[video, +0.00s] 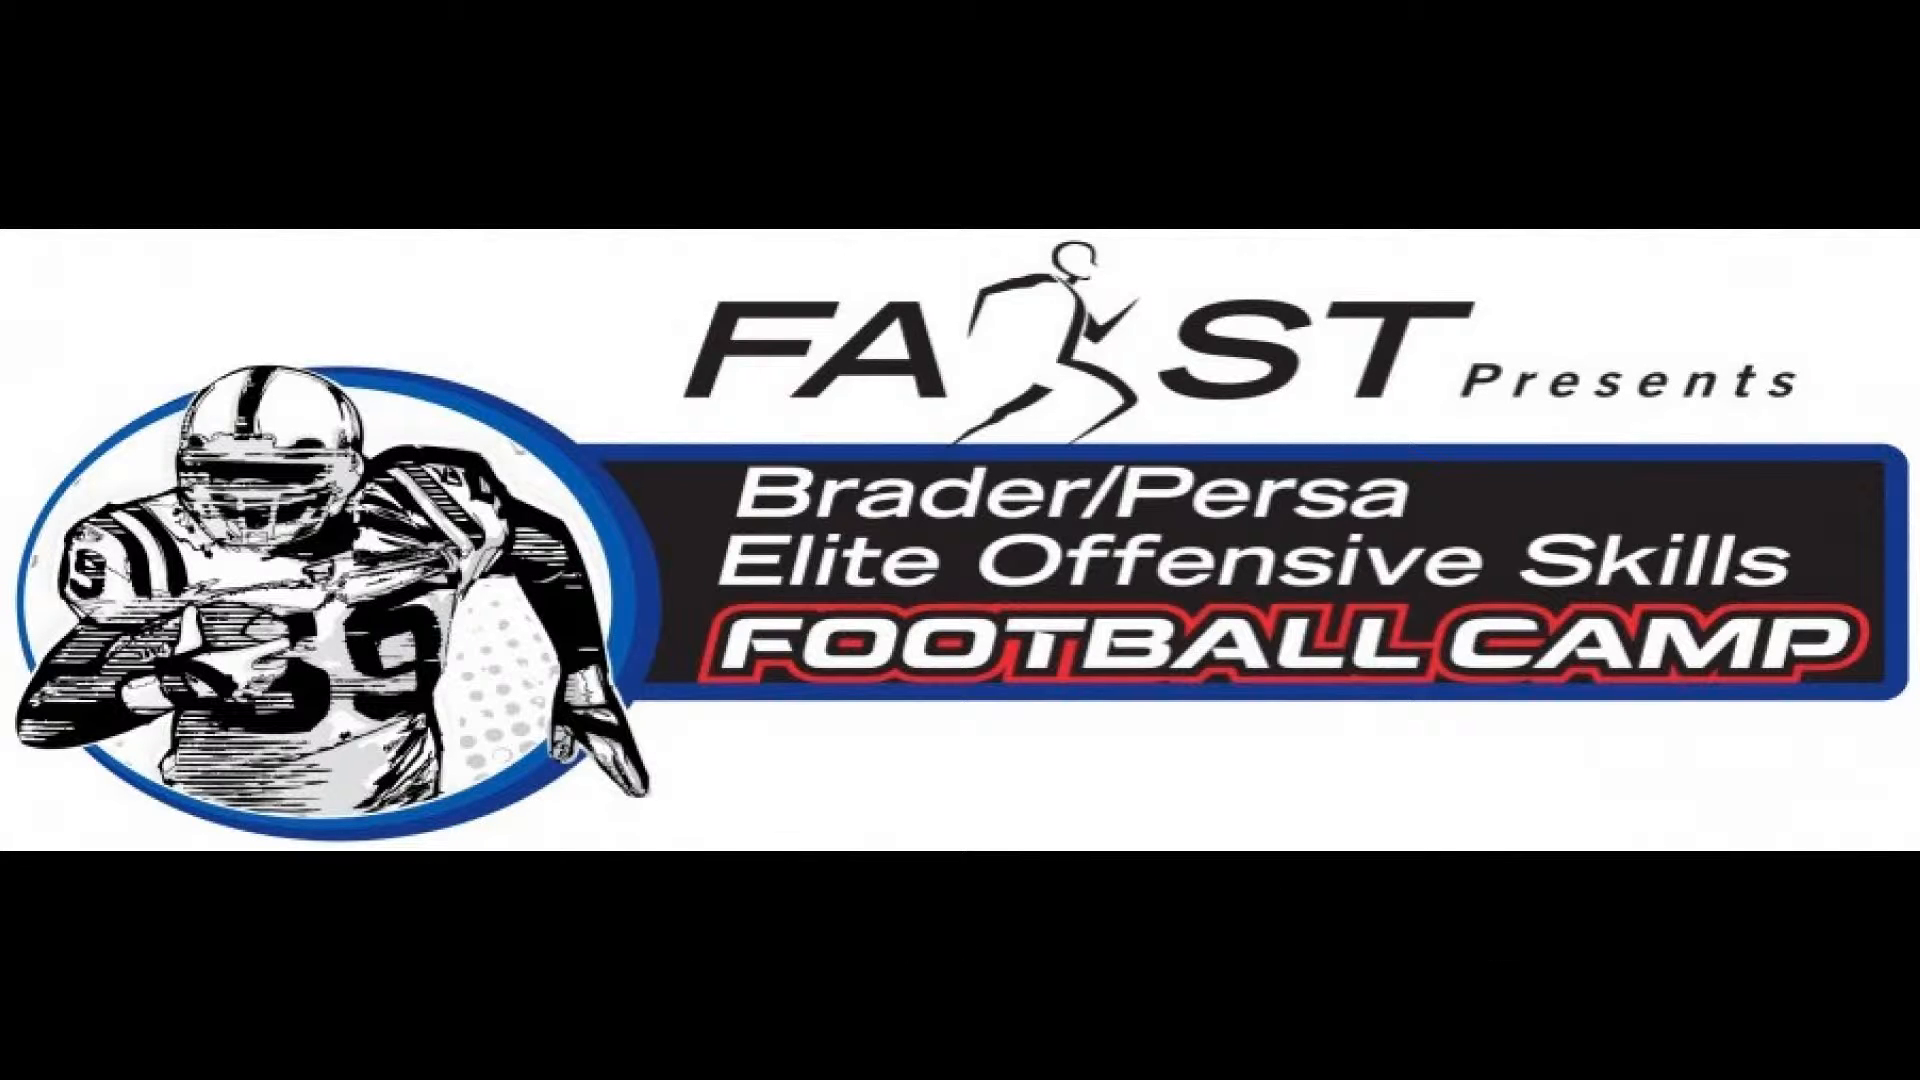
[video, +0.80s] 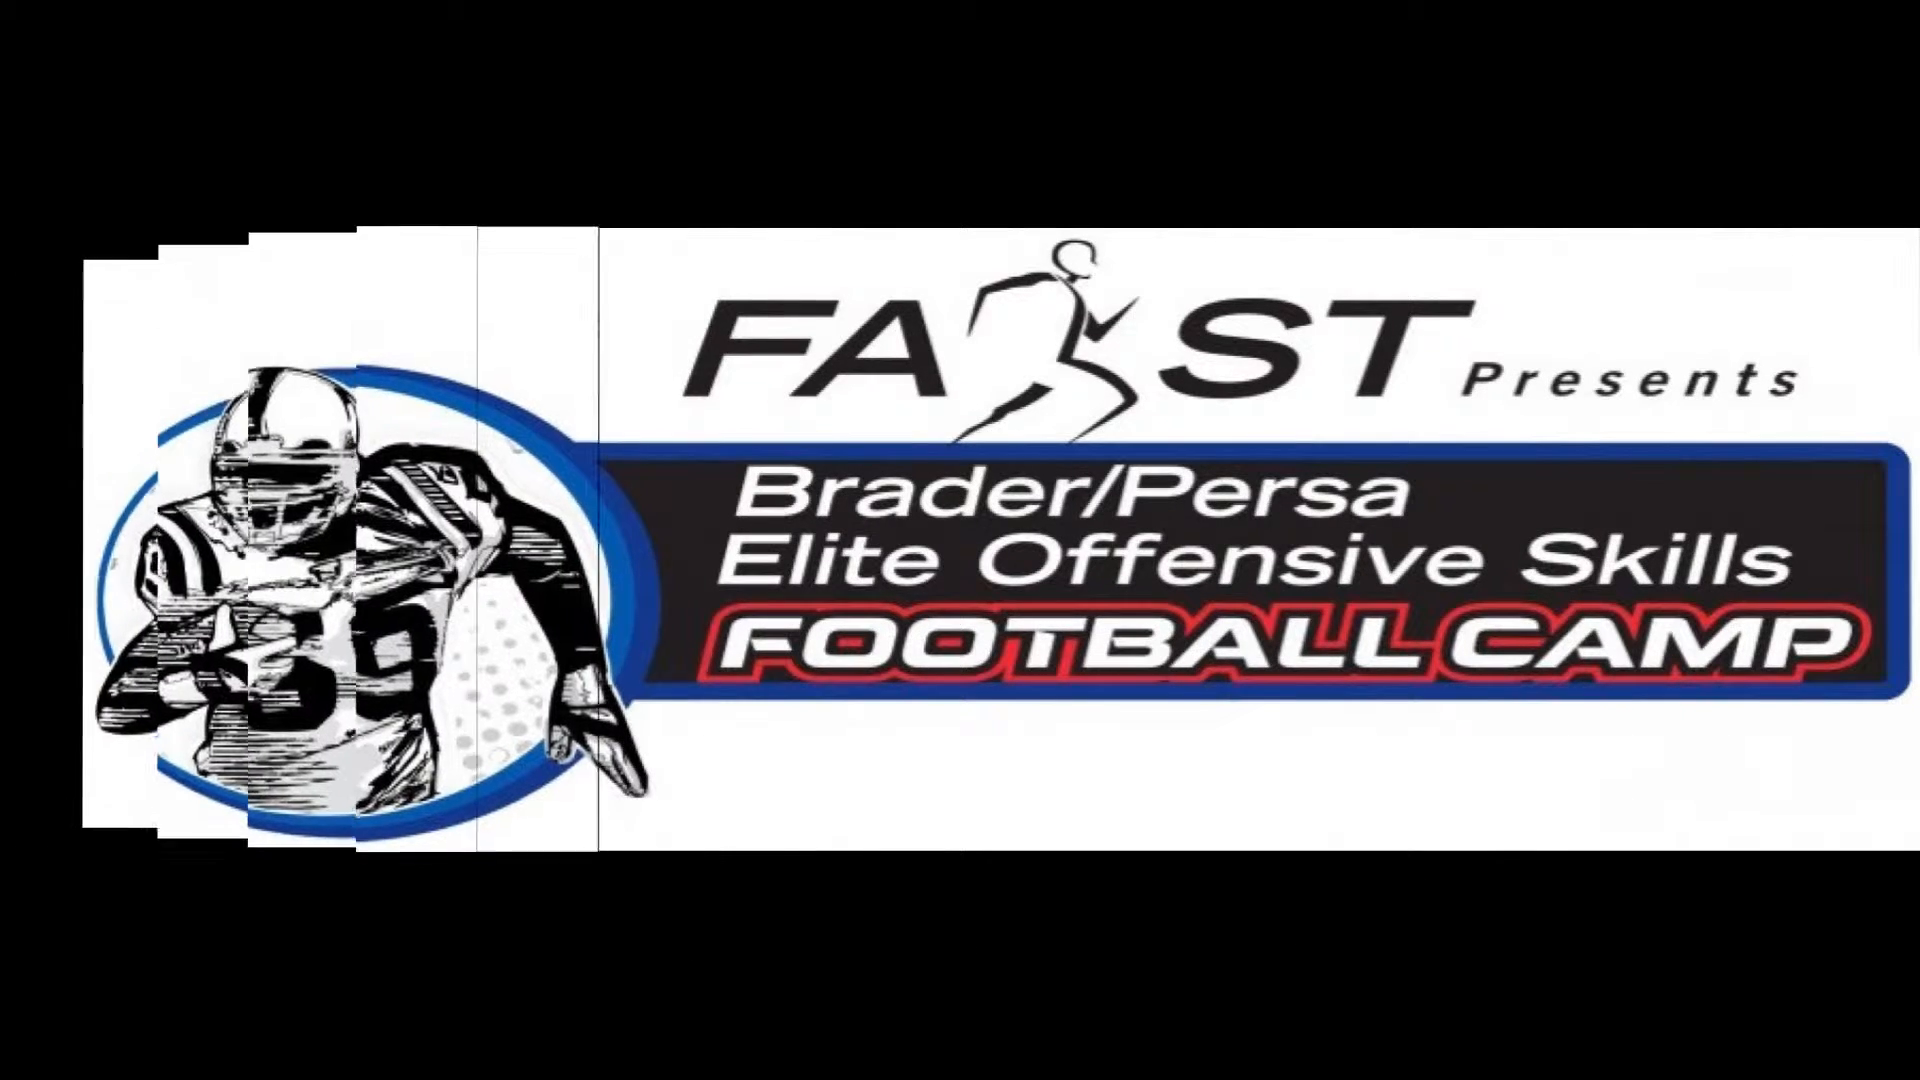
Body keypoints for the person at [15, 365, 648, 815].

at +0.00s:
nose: (252, 515)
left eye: (280, 493)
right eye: (229, 492)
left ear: (336, 480)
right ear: (194, 479)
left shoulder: (426, 508)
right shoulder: (142, 549)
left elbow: (546, 548)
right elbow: (43, 716)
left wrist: (585, 671)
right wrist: (175, 683)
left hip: (387, 812)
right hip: (218, 815)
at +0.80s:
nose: (269, 504)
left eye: (296, 484)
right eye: (250, 482)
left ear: (344, 476)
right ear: (224, 473)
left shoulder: (425, 505)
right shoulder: (186, 545)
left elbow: (543, 549)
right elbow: (117, 706)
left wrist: (583, 678)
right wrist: (223, 672)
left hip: (390, 803)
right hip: (245, 803)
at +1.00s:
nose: (370, 519)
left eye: (391, 502)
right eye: (352, 501)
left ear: (423, 491)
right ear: (327, 493)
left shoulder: (481, 518)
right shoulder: (298, 553)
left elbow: (575, 555)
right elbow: (227, 692)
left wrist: (602, 672)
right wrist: (323, 659)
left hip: (457, 773)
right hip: (341, 772)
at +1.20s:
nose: (401, 530)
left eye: (423, 512)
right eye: (382, 509)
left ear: (469, 504)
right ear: (354, 500)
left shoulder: (540, 522)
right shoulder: (312, 558)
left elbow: (626, 557)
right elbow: (232, 692)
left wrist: (651, 656)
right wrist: (337, 660)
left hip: (509, 767)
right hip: (371, 768)